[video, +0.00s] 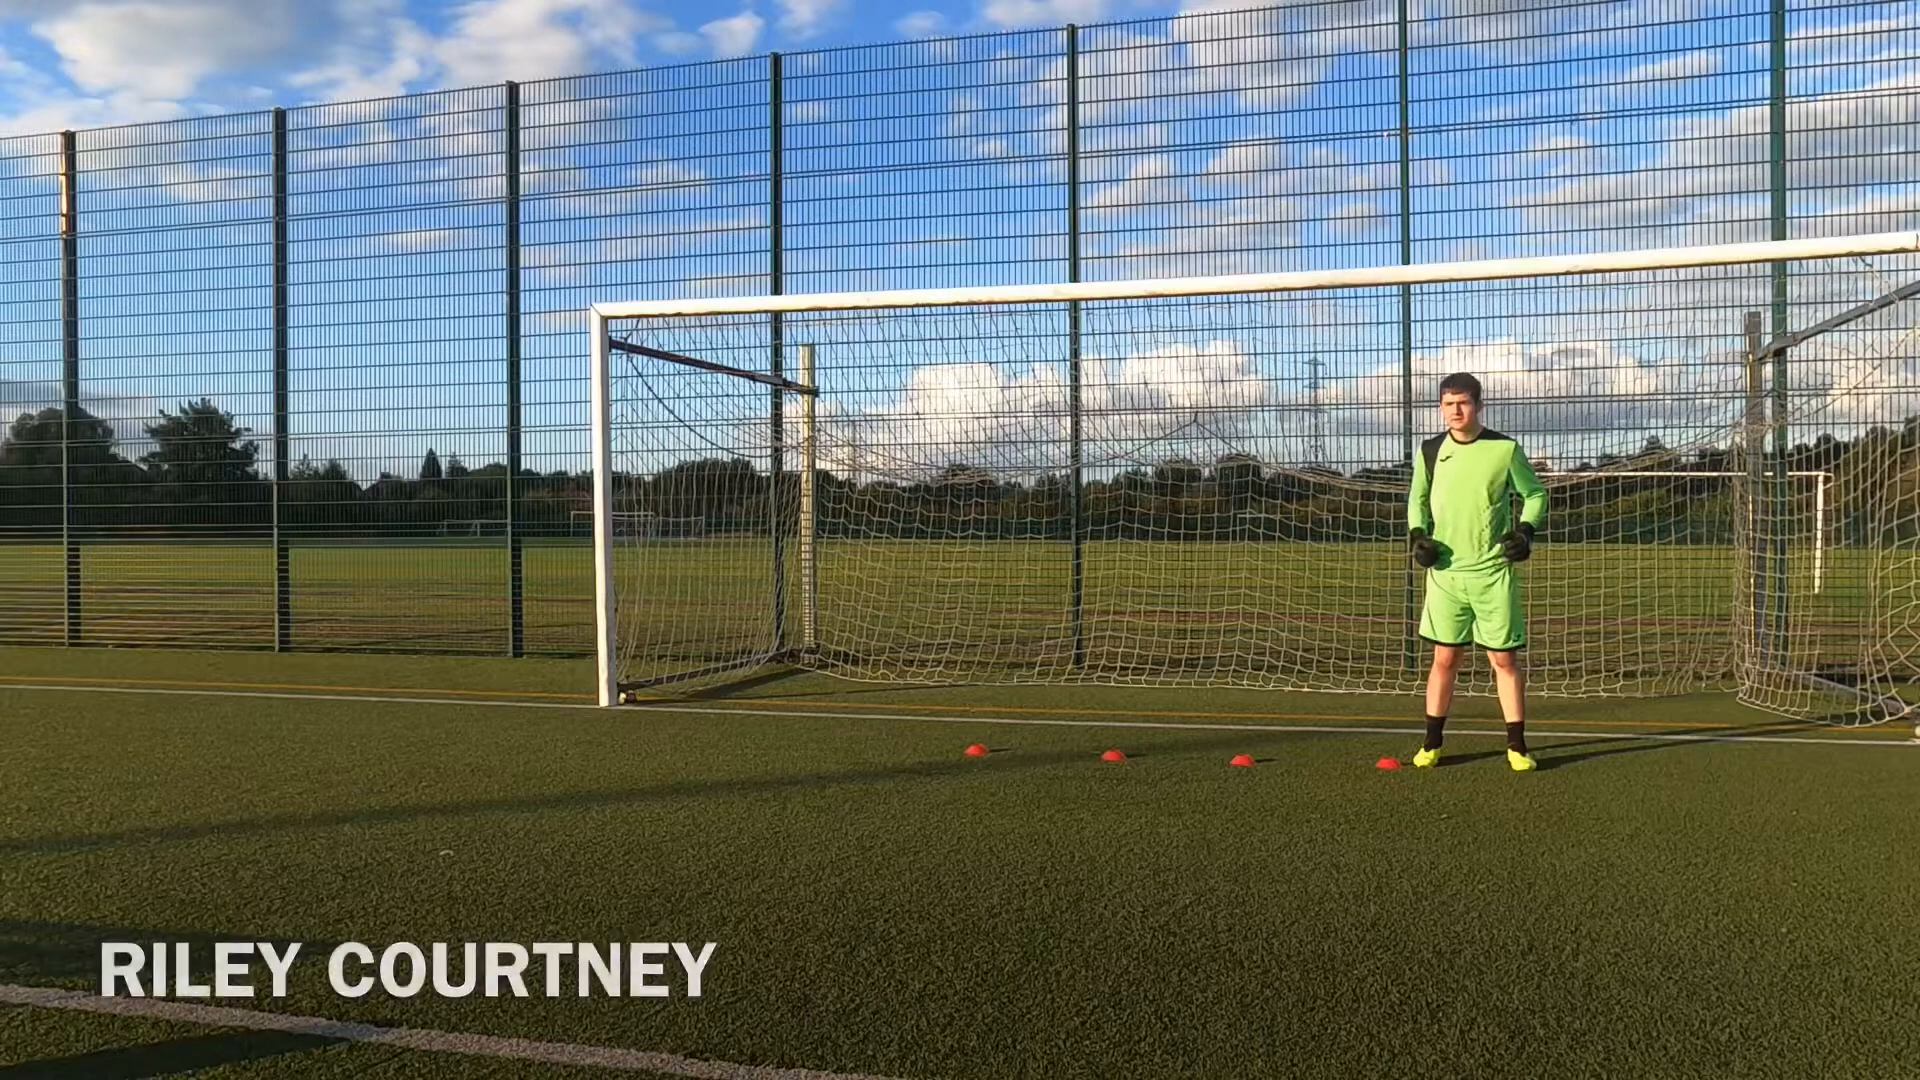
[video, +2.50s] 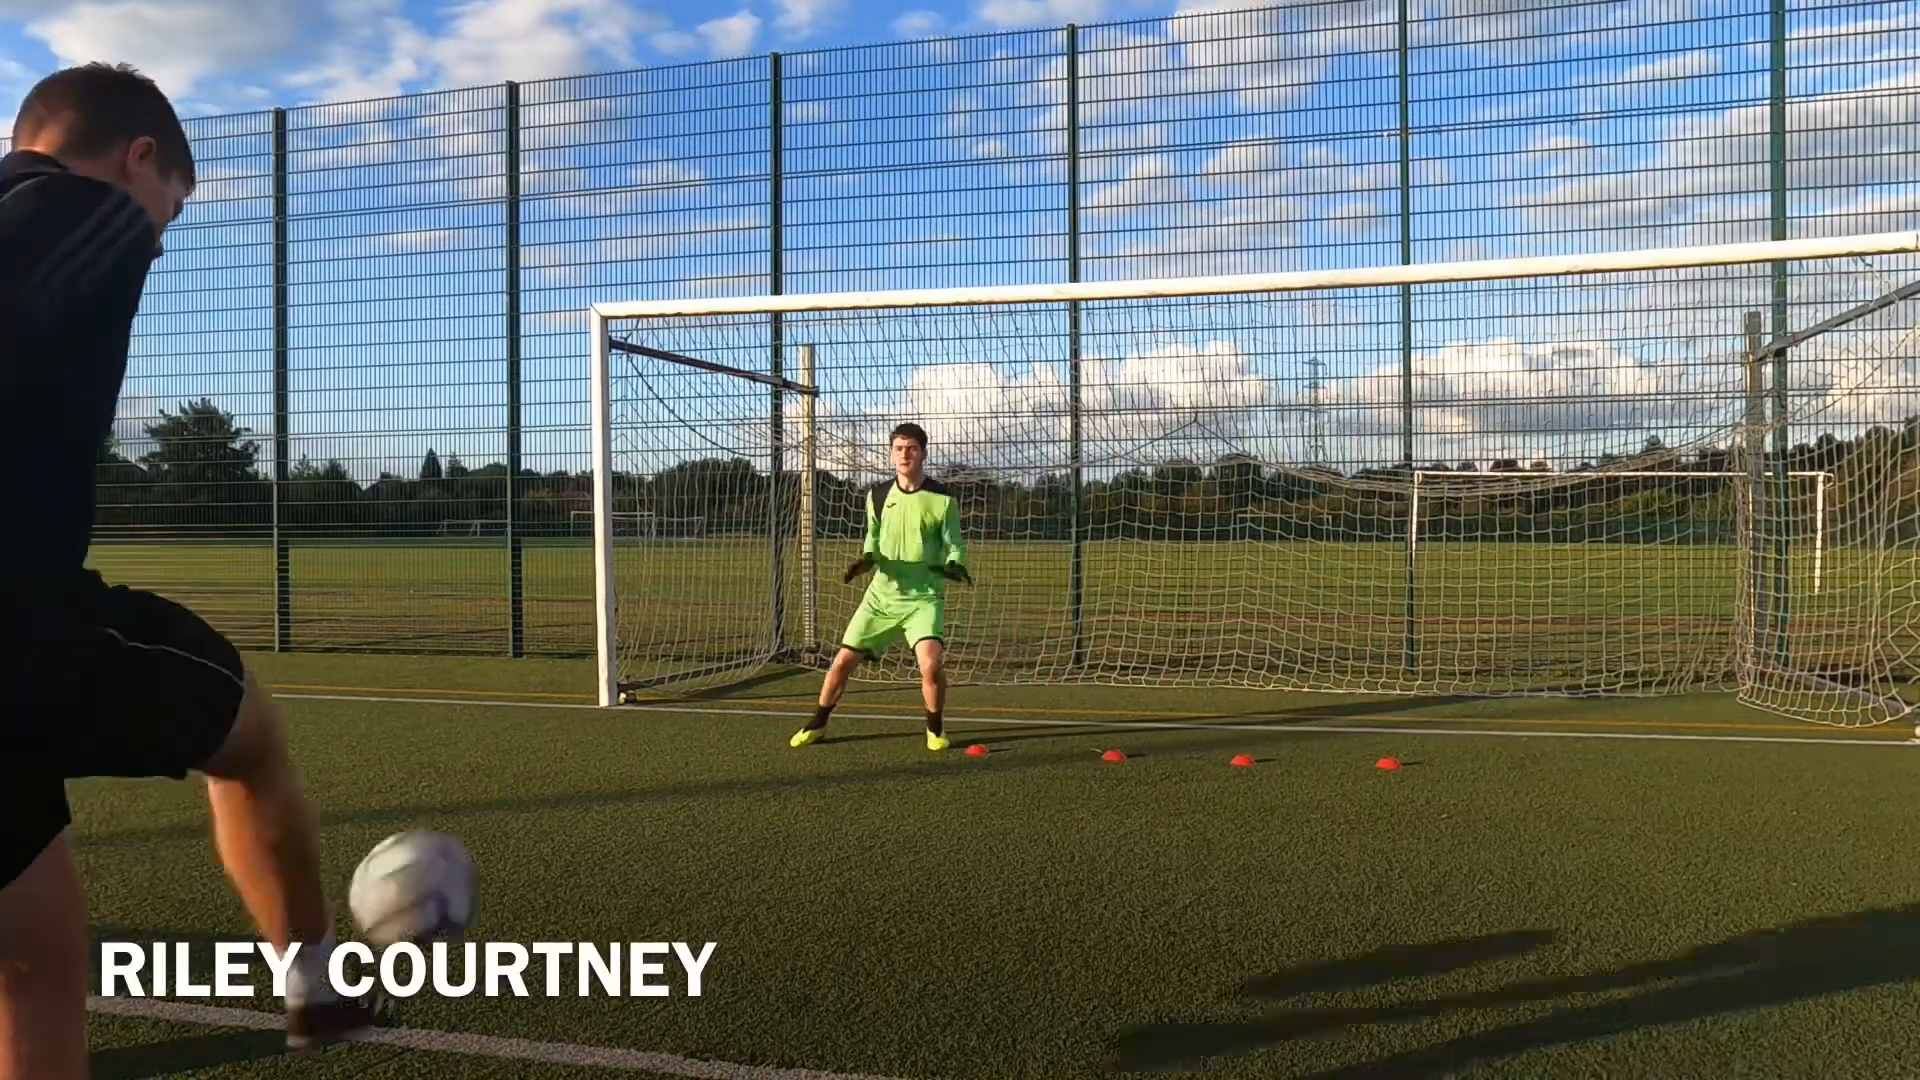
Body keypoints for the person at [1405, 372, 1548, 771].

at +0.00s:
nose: (1455, 411)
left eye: (1462, 403)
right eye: (1448, 404)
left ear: (1479, 406)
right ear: (1440, 409)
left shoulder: (1506, 450)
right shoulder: (1428, 453)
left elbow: (1536, 494)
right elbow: (1418, 500)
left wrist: (1525, 530)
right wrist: (1418, 535)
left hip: (1494, 574)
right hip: (1444, 575)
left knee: (1504, 660)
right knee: (1444, 658)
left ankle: (1516, 746)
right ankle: (1432, 743)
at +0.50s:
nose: (1439, 439)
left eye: (1445, 431)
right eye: (1433, 432)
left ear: (1464, 422)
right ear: (1428, 428)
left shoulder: (1503, 456)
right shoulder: (1425, 458)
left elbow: (1533, 496)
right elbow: (1416, 502)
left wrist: (1516, 536)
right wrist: (1422, 535)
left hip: (1492, 577)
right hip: (1444, 577)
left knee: (1504, 662)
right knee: (1442, 658)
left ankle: (1516, 746)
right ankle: (1432, 743)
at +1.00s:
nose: (1354, 463)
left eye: (1360, 456)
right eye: (1349, 456)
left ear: (1378, 447)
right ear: (1343, 452)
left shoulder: (1416, 476)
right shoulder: (1339, 480)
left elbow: (1457, 498)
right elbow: (1315, 514)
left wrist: (1461, 540)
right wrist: (1313, 548)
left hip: (1410, 581)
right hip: (1366, 585)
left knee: (1431, 655)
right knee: (1375, 654)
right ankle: (1375, 753)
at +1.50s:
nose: (1170, 455)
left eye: (1173, 447)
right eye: (1166, 449)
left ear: (1193, 436)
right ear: (1169, 443)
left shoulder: (1240, 467)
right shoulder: (1177, 472)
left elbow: (1281, 501)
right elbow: (1176, 510)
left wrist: (1274, 548)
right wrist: (1166, 545)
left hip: (1237, 568)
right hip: (1201, 569)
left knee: (1208, 637)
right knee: (1181, 651)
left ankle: (1218, 721)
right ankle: (1221, 703)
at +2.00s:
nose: (1030, 438)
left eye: (1036, 432)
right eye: (1024, 432)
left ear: (1050, 435)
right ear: (1017, 438)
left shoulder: (1075, 485)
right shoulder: (1007, 483)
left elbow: (1103, 532)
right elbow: (999, 524)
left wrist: (1086, 559)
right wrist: (997, 541)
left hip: (1057, 593)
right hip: (1016, 584)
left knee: (1051, 670)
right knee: (987, 645)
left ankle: (1086, 722)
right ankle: (995, 686)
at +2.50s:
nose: (904, 455)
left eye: (911, 449)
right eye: (899, 449)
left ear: (923, 454)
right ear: (891, 455)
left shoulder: (943, 501)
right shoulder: (877, 497)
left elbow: (955, 545)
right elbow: (871, 540)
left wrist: (955, 565)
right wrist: (865, 560)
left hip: (923, 599)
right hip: (880, 597)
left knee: (931, 665)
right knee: (842, 662)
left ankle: (935, 729)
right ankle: (818, 723)